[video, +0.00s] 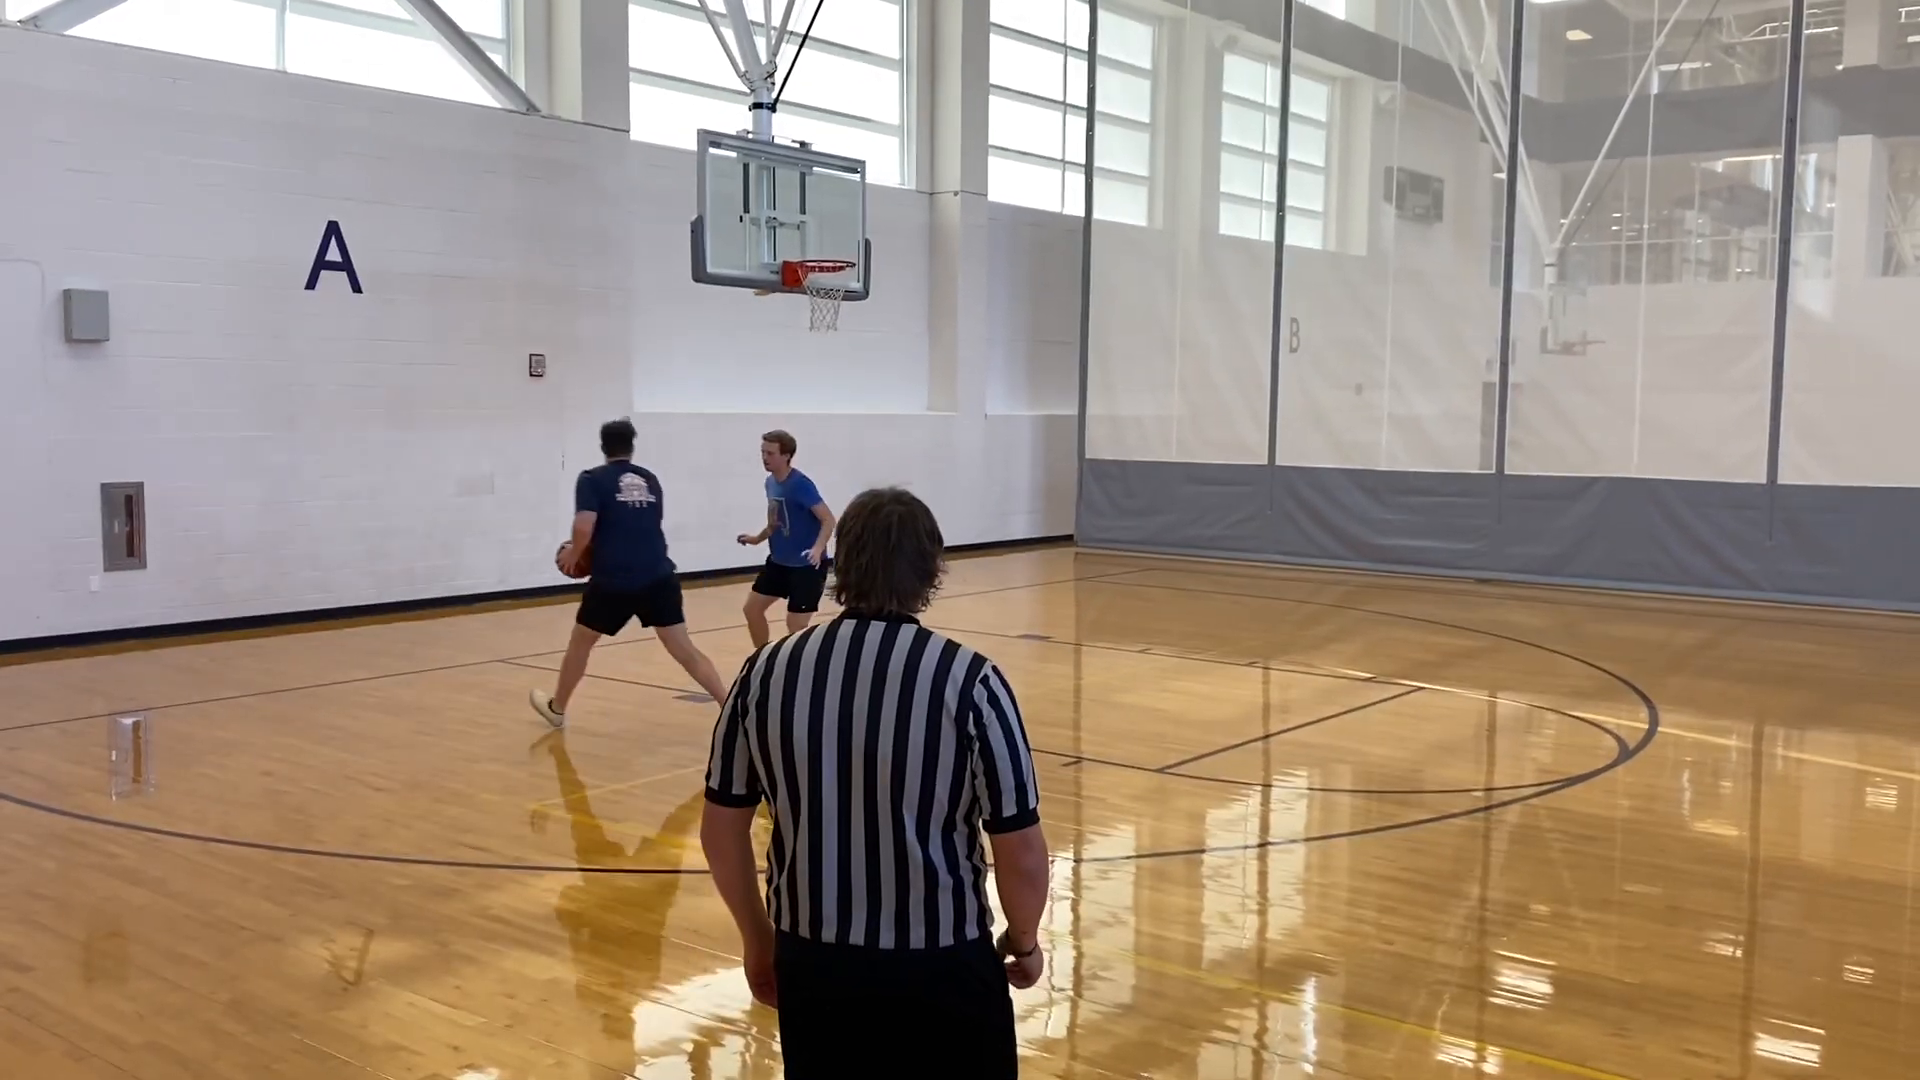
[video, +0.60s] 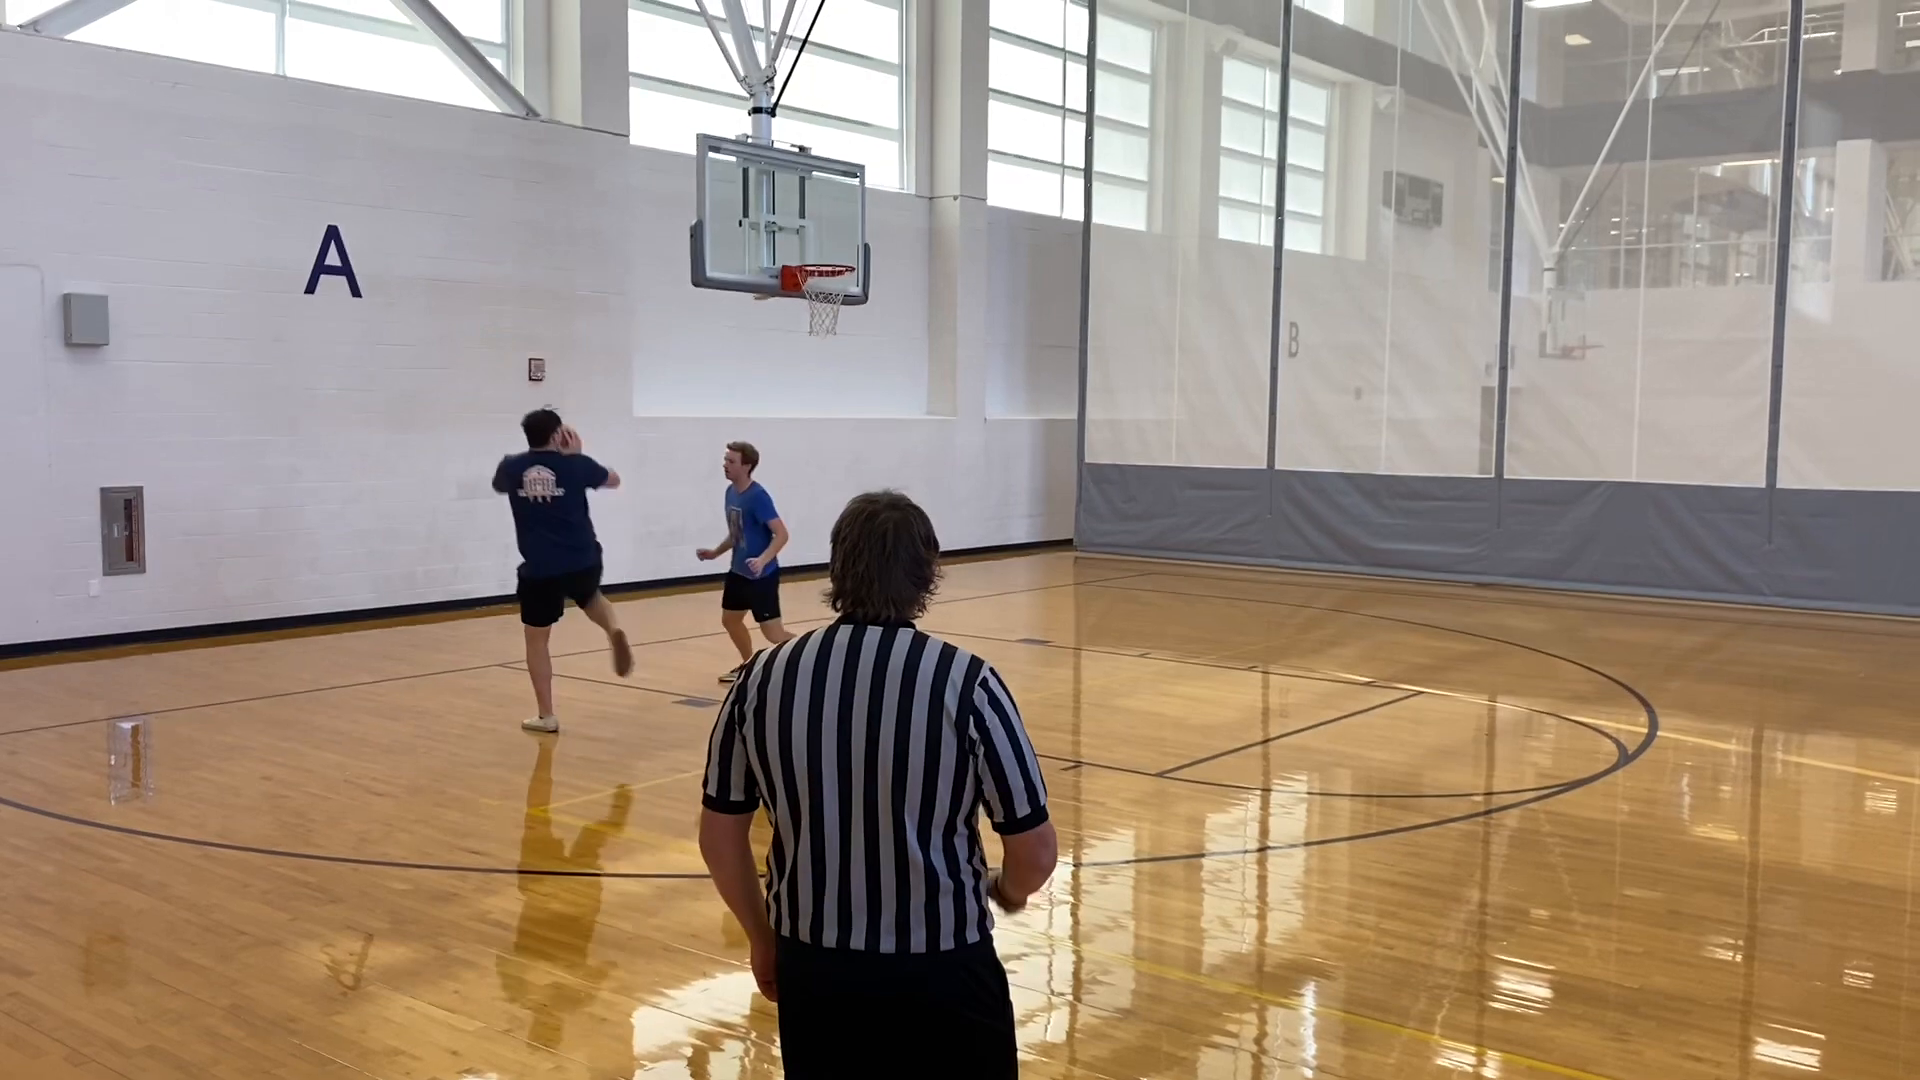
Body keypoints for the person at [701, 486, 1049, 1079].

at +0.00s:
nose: (939, 570)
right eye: (935, 557)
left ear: (841, 564)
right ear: (931, 569)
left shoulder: (765, 671)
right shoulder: (970, 680)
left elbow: (721, 830)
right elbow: (1021, 853)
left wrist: (756, 937)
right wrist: (1024, 938)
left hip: (813, 973)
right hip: (947, 976)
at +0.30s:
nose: (938, 570)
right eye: (935, 557)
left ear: (842, 564)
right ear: (930, 569)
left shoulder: (766, 671)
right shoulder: (971, 680)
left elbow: (721, 831)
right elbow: (1024, 854)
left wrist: (758, 933)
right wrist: (1014, 929)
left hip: (815, 972)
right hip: (949, 974)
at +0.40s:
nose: (938, 572)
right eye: (935, 560)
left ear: (841, 567)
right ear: (930, 572)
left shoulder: (764, 674)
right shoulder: (970, 681)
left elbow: (720, 836)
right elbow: (1027, 856)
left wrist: (758, 938)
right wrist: (1011, 922)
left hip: (814, 975)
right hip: (947, 976)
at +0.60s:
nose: (934, 573)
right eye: (930, 561)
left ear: (839, 568)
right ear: (925, 572)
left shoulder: (763, 677)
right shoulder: (967, 681)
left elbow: (719, 835)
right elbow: (1035, 851)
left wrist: (760, 933)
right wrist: (1009, 891)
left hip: (813, 976)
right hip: (947, 975)